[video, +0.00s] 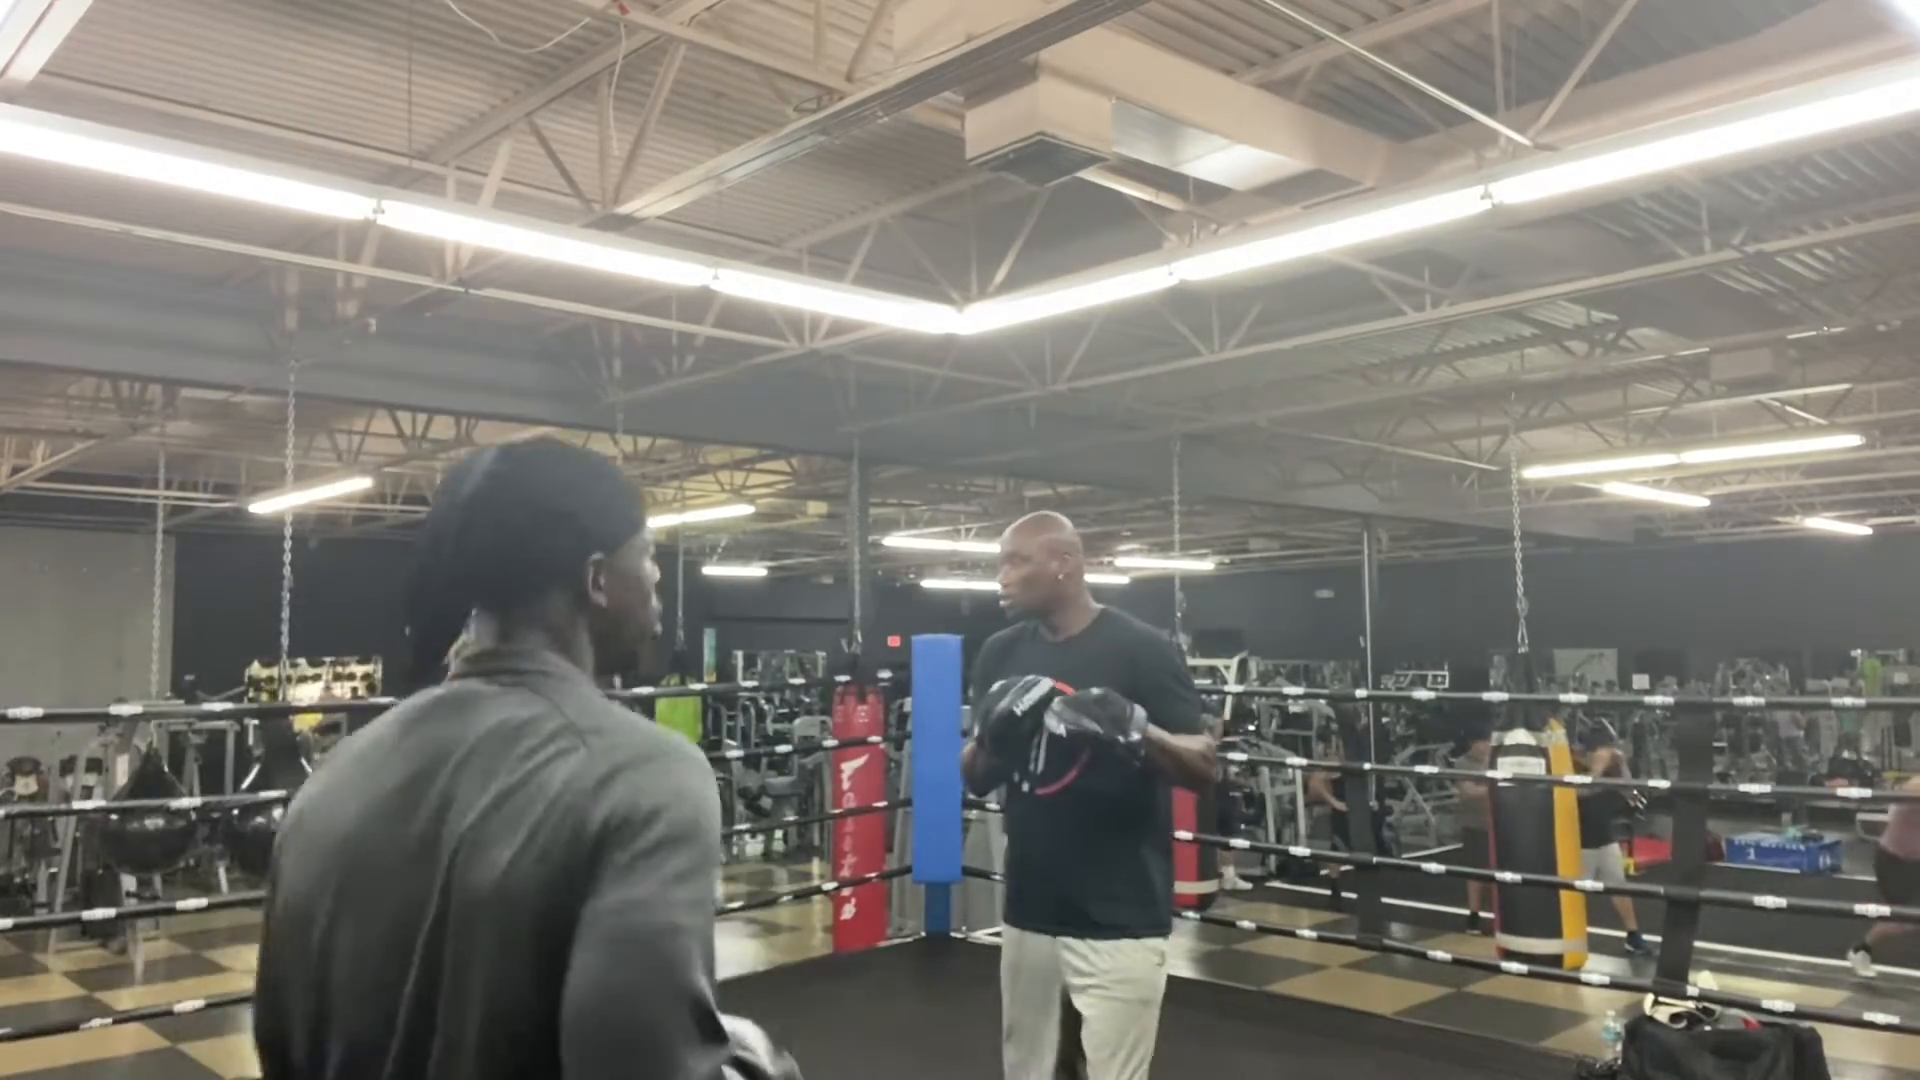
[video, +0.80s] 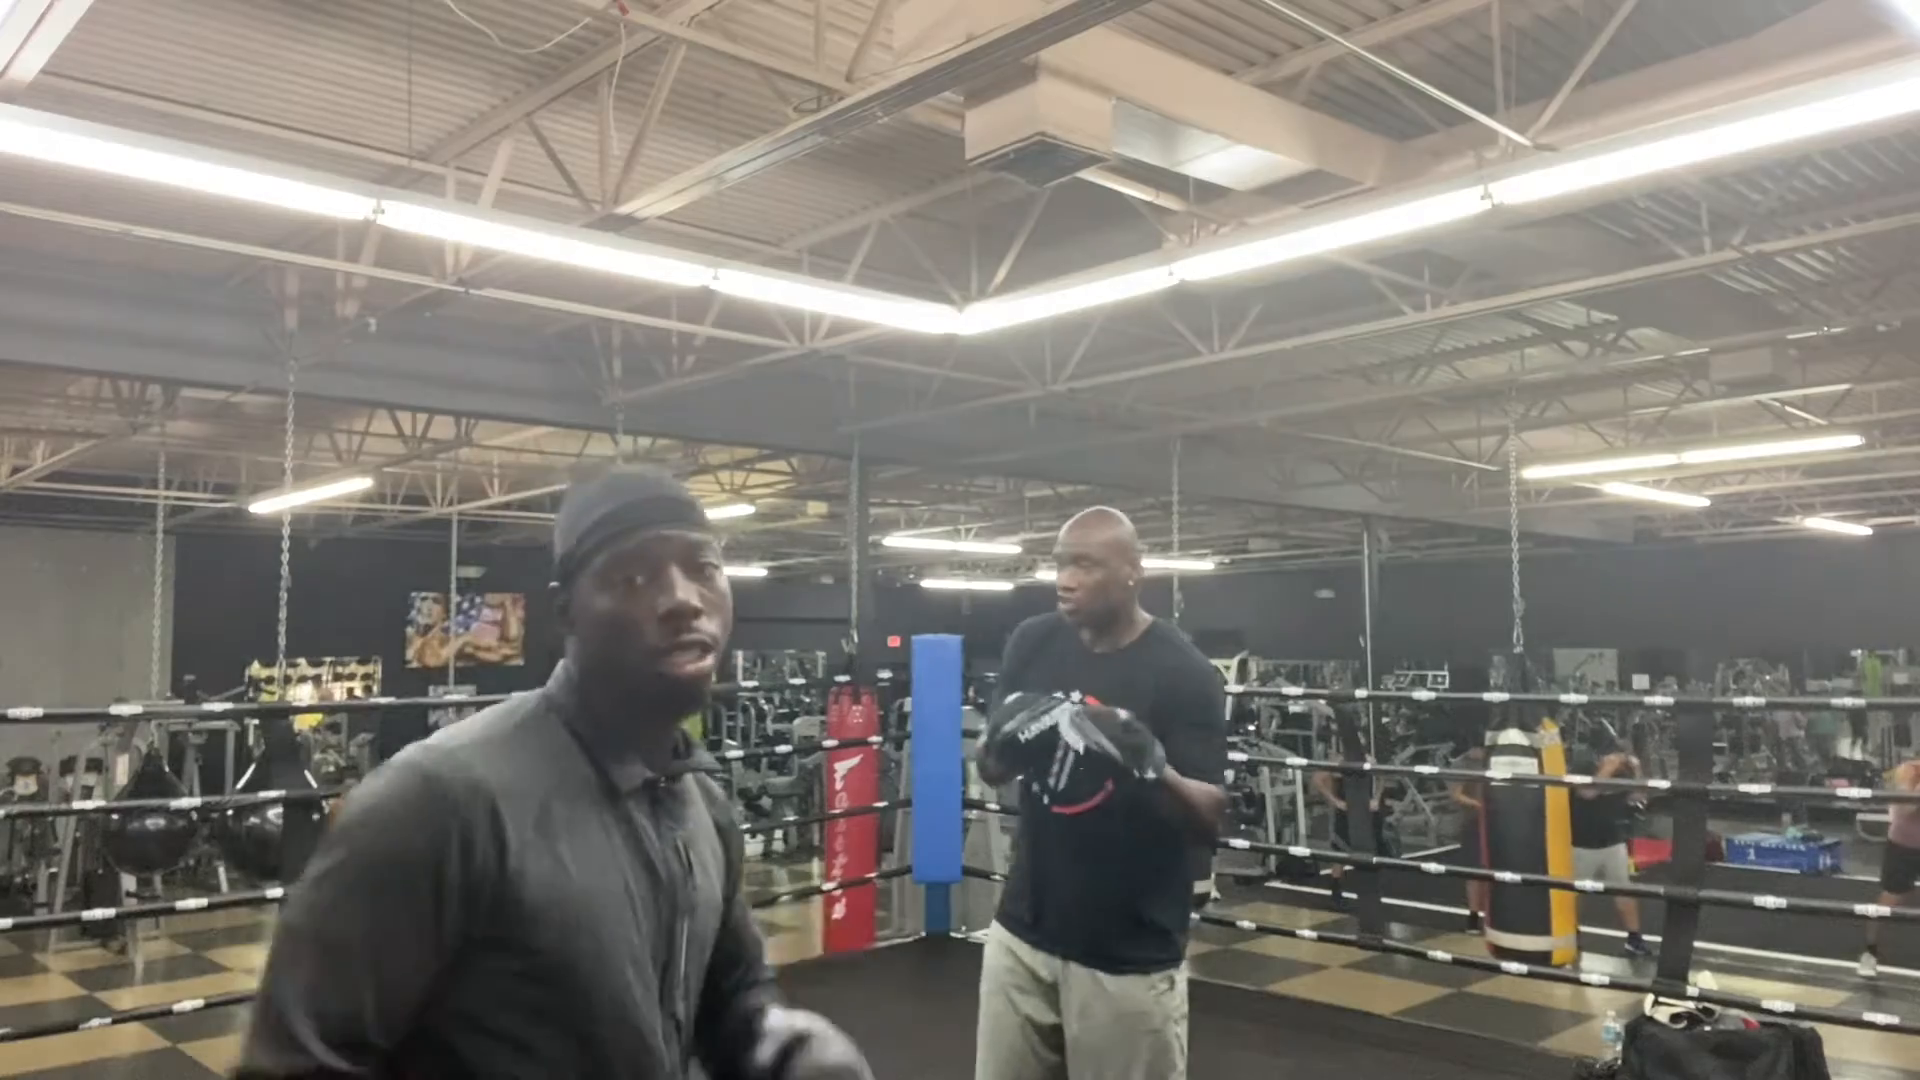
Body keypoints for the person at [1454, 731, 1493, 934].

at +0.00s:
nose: (1485, 748)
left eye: (1487, 744)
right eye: (1481, 743)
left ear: (1490, 746)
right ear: (1472, 745)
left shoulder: (1493, 764)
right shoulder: (1463, 764)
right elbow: (1467, 790)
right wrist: (1493, 789)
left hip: (1494, 823)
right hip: (1473, 824)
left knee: (1495, 870)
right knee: (1474, 870)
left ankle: (1498, 913)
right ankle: (1474, 913)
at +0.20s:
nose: (1486, 749)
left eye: (1487, 744)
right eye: (1482, 744)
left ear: (1490, 745)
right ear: (1472, 745)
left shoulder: (1492, 763)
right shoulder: (1465, 764)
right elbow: (1461, 792)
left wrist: (1495, 808)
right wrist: (1484, 809)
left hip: (1494, 825)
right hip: (1474, 825)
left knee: (1494, 871)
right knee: (1474, 871)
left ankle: (1497, 912)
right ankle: (1474, 913)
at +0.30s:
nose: (1487, 750)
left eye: (1488, 745)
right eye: (1483, 745)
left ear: (1488, 746)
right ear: (1472, 745)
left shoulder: (1491, 765)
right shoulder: (1466, 764)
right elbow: (1457, 793)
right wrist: (1480, 816)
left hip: (1494, 823)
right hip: (1476, 825)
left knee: (1494, 871)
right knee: (1475, 870)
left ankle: (1496, 911)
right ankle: (1474, 914)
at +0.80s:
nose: (1480, 755)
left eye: (1483, 751)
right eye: (1477, 750)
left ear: (1488, 752)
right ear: (1470, 750)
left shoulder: (1491, 766)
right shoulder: (1463, 765)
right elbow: (1455, 793)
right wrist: (1477, 804)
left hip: (1491, 819)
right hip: (1474, 820)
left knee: (1489, 867)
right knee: (1475, 867)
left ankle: (1488, 911)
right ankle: (1474, 913)